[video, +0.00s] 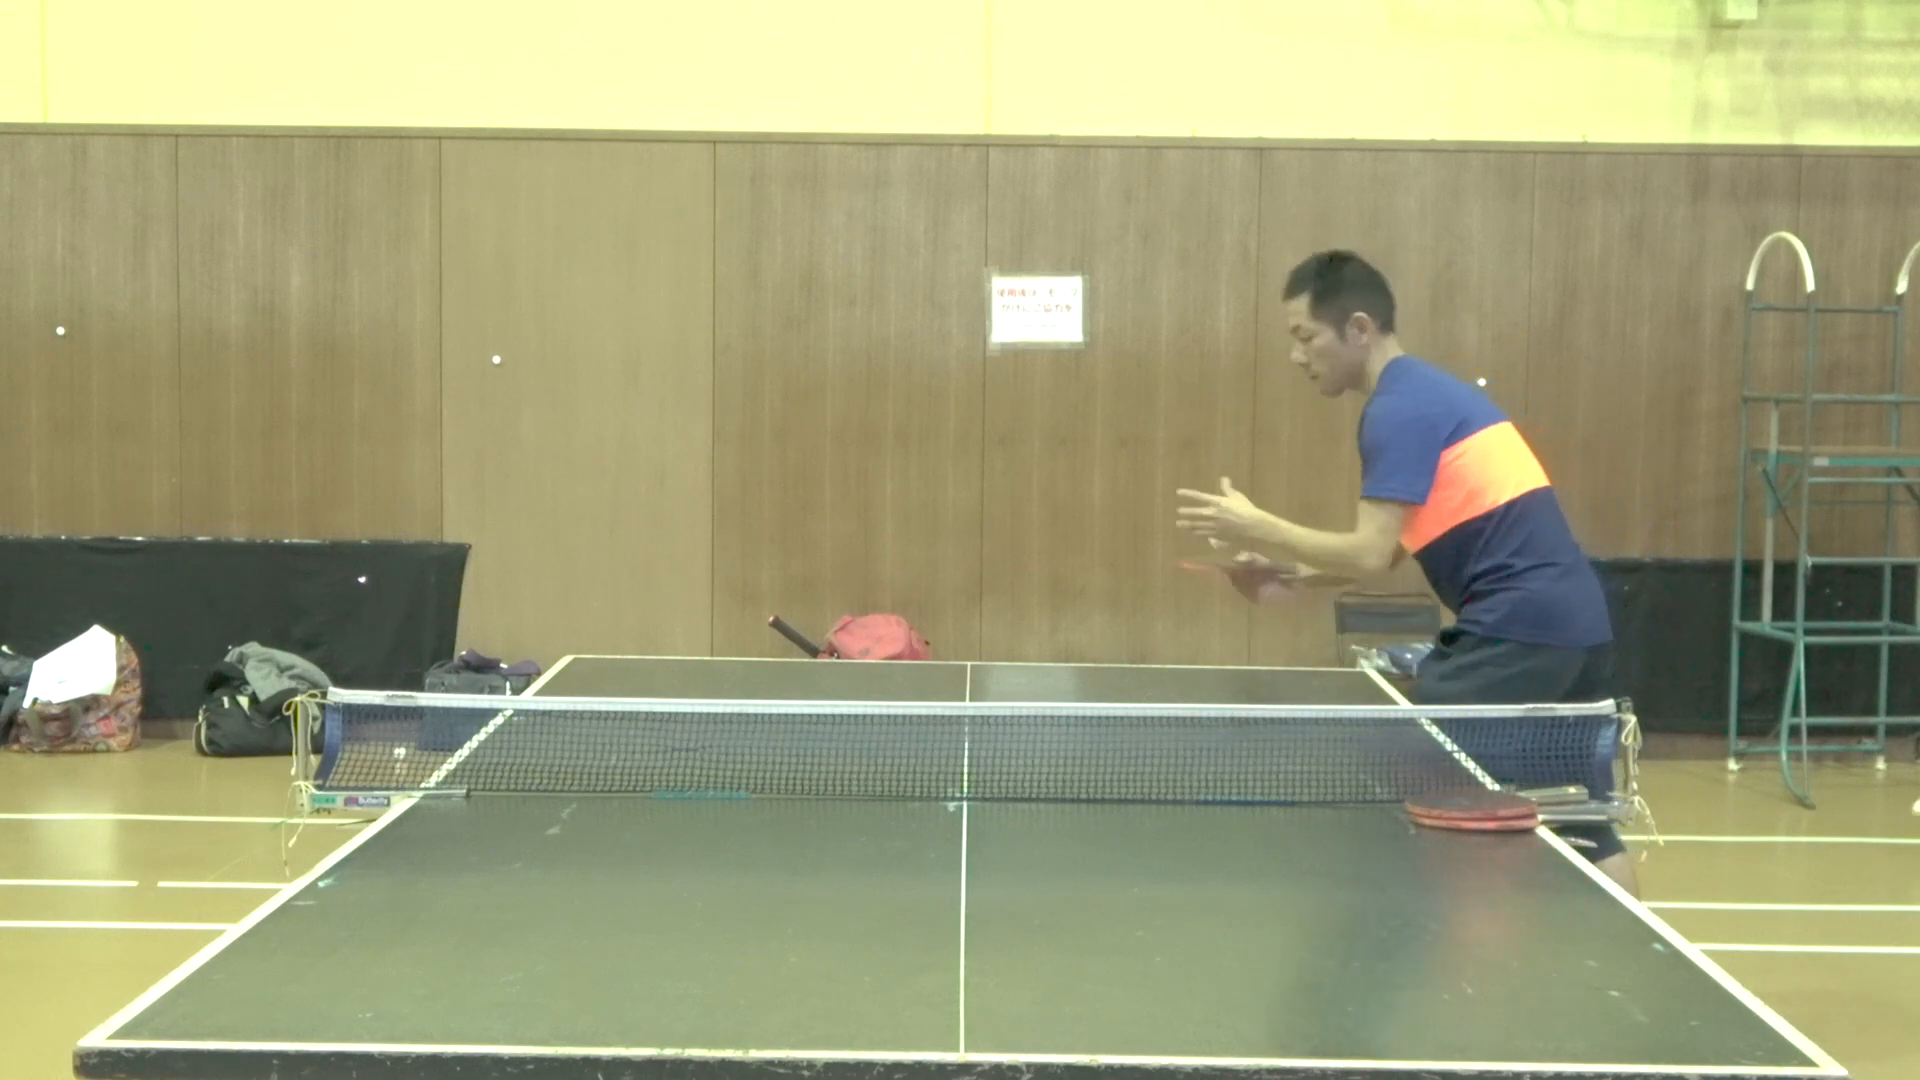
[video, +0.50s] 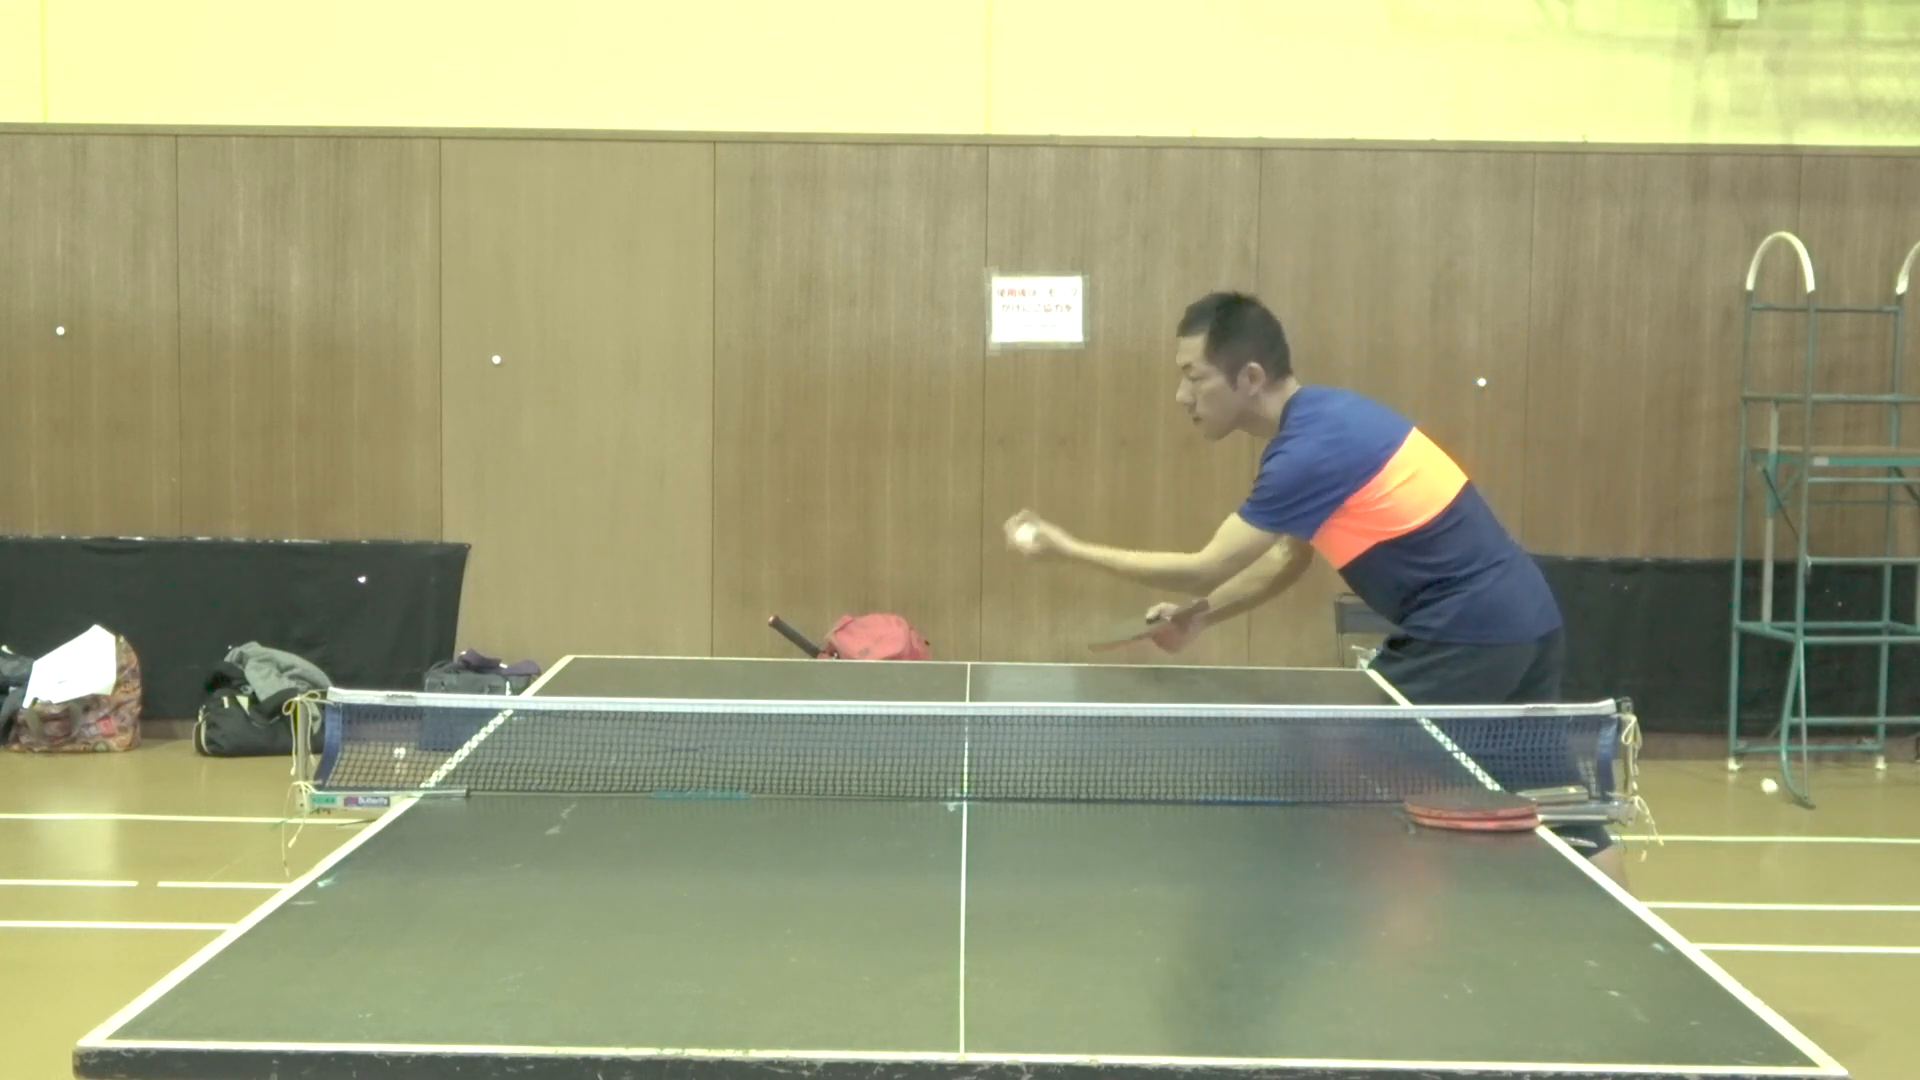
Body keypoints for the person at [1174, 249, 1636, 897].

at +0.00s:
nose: (1297, 356)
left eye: (1305, 336)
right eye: (1294, 339)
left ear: (1361, 329)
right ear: (1364, 330)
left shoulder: (1400, 403)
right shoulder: (1428, 390)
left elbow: (1369, 554)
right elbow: (1387, 561)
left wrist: (1256, 526)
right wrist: (1293, 577)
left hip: (1521, 629)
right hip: (1573, 627)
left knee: (1387, 771)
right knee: (1580, 806)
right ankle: (1641, 965)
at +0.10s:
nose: (1264, 359)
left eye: (1273, 340)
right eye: (1261, 343)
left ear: (1330, 331)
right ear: (1329, 335)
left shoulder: (1376, 411)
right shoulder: (1401, 394)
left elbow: (1337, 557)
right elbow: (1353, 556)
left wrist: (1223, 526)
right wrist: (1260, 570)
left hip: (1504, 634)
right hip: (1562, 632)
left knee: (1357, 767)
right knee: (1576, 810)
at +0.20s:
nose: (1237, 368)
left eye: (1247, 348)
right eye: (1234, 349)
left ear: (1305, 341)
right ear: (1310, 344)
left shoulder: (1353, 423)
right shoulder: (1377, 399)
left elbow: (1297, 564)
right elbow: (1317, 557)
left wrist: (1176, 525)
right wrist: (1239, 581)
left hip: (1486, 633)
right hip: (1545, 625)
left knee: (1345, 776)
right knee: (1574, 821)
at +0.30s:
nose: (1213, 375)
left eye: (1226, 357)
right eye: (1212, 357)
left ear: (1283, 354)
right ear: (1287, 354)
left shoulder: (1332, 431)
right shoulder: (1358, 407)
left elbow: (1256, 568)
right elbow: (1308, 554)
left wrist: (1136, 512)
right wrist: (1223, 602)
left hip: (1479, 636)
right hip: (1530, 628)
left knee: (1335, 772)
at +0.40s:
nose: (1194, 386)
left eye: (1206, 368)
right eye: (1193, 368)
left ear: (1265, 365)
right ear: (1265, 367)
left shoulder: (1316, 440)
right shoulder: (1347, 412)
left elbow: (1225, 570)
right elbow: (1300, 559)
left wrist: (1109, 512)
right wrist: (1214, 613)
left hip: (1474, 636)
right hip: (1529, 622)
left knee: (1335, 775)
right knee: (1505, 806)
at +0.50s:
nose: (1183, 396)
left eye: (1195, 378)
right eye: (1182, 378)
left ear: (1253, 377)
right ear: (1259, 379)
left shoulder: (1305, 449)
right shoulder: (1335, 418)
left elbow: (1203, 573)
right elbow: (1288, 561)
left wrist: (1067, 548)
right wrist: (1203, 612)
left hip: (1467, 634)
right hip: (1526, 619)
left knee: (1336, 776)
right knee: (1513, 806)